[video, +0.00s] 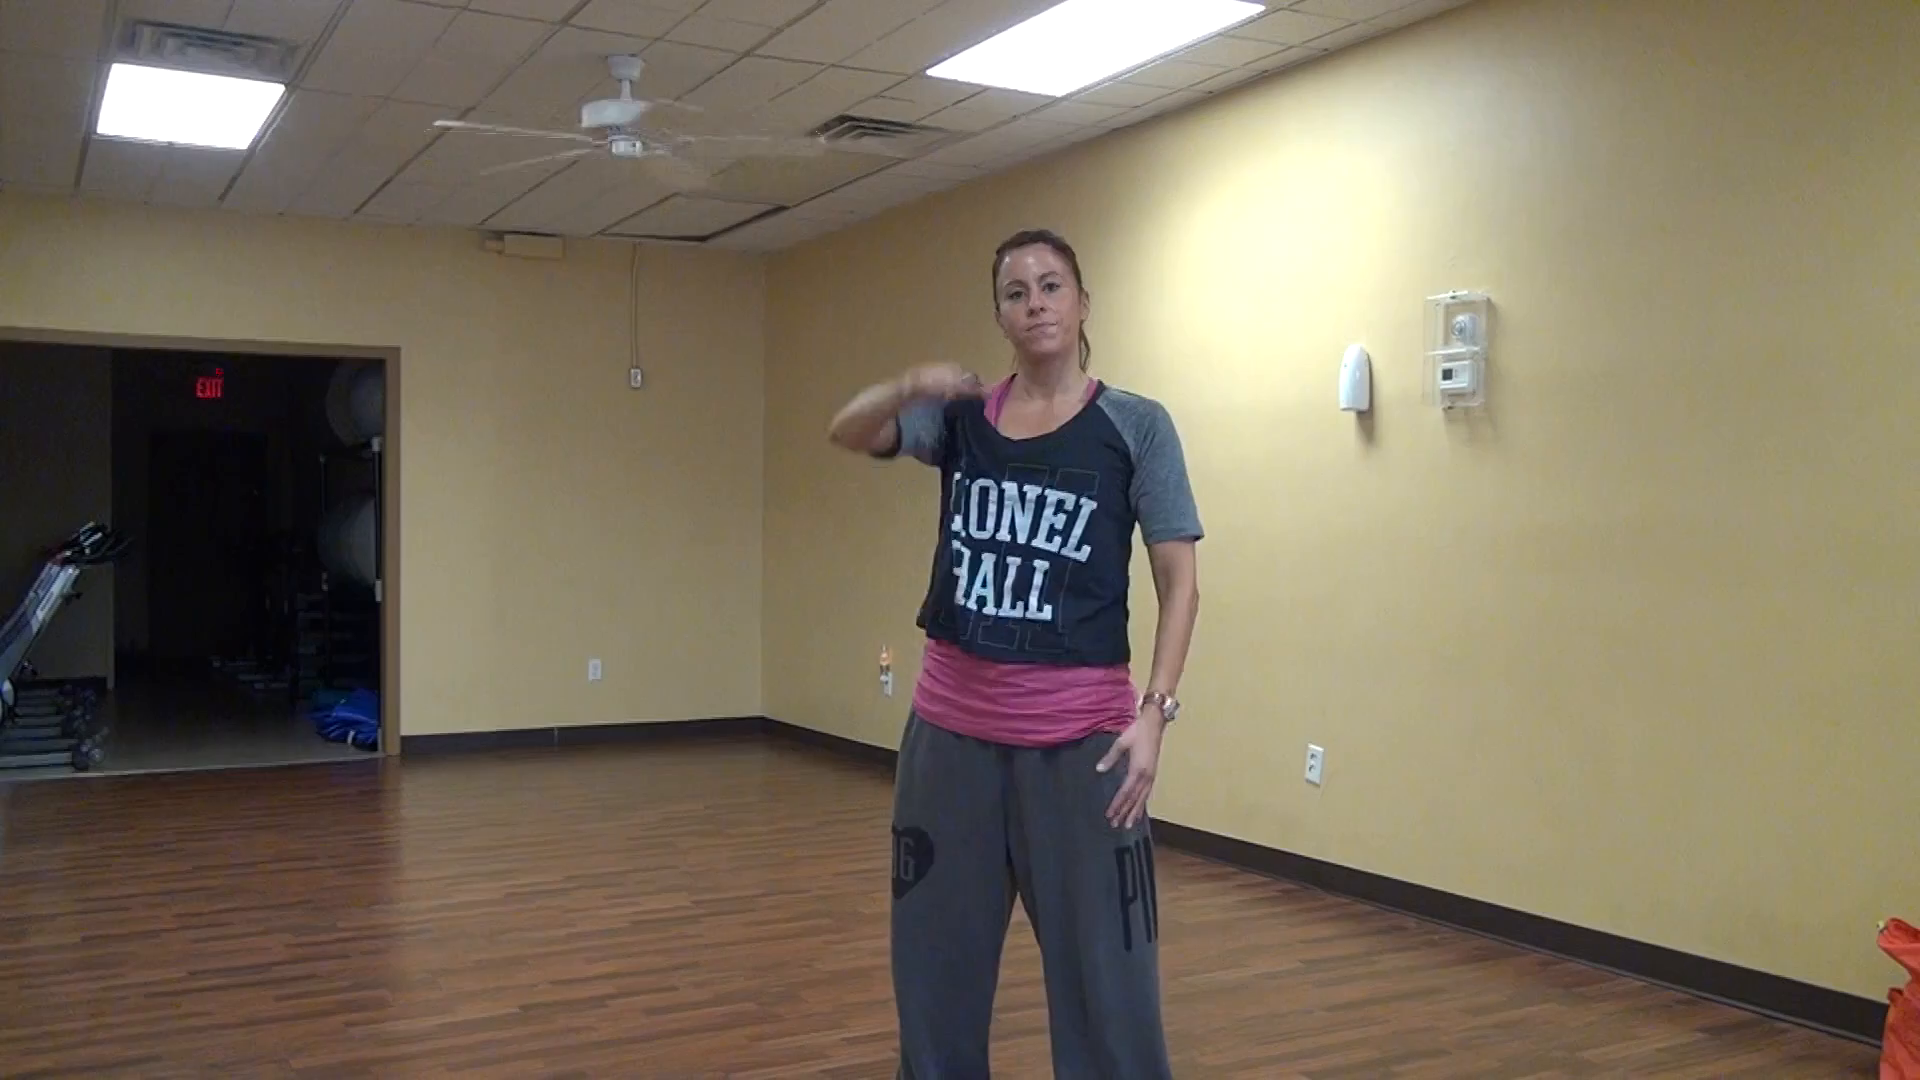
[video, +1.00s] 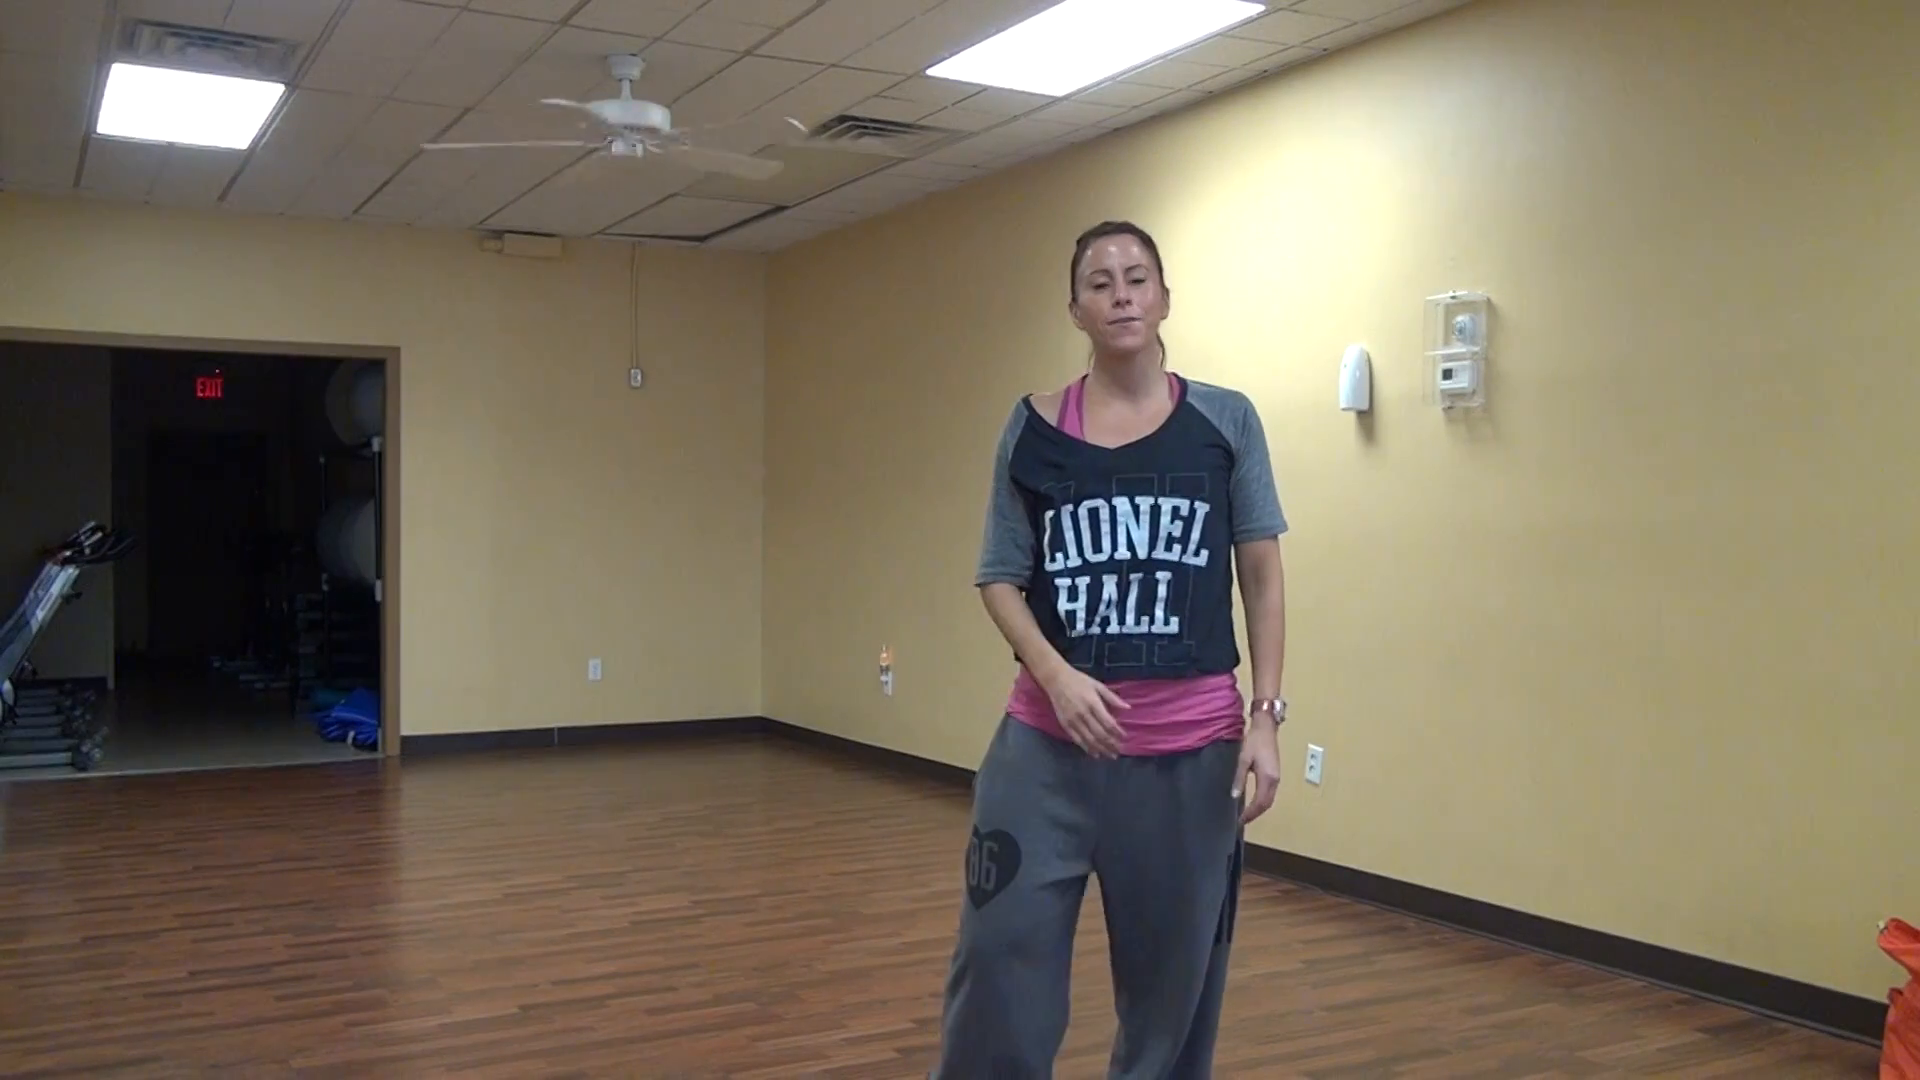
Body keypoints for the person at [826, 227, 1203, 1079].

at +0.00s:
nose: (1035, 302)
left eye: (1050, 285)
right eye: (1016, 292)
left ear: (1082, 301)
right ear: (999, 317)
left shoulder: (1135, 424)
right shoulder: (961, 414)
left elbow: (1179, 579)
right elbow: (846, 433)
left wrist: (1155, 711)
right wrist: (906, 385)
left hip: (1079, 741)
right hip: (949, 734)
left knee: (1103, 983)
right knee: (935, 972)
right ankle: (938, 1077)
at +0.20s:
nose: (1044, 291)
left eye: (1062, 278)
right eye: (1027, 281)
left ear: (1092, 302)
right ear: (1006, 307)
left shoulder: (1146, 421)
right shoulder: (957, 418)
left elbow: (1173, 573)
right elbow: (899, 568)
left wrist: (1168, 710)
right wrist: (927, 705)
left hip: (1100, 739)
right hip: (967, 735)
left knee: (1115, 979)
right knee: (946, 974)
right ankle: (944, 1074)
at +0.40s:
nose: (1060, 291)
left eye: (1077, 277)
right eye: (1040, 280)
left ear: (1103, 303)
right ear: (1015, 308)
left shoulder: (1162, 420)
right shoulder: (971, 422)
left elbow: (1196, 572)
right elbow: (927, 573)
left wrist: (1204, 711)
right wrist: (936, 714)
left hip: (1130, 738)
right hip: (993, 738)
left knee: (1139, 987)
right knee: (961, 984)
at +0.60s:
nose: (1080, 290)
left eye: (1096, 276)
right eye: (1060, 280)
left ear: (1122, 298)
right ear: (1035, 308)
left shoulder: (1185, 416)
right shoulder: (994, 423)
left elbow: (1223, 569)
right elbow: (952, 576)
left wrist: (1238, 714)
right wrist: (956, 714)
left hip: (1156, 739)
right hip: (1018, 737)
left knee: (1156, 984)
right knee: (983, 977)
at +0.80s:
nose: (1105, 294)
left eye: (1120, 277)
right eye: (1084, 282)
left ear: (1146, 294)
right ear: (1058, 308)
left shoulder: (1209, 418)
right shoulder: (1019, 423)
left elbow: (1248, 569)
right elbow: (979, 577)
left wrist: (1255, 711)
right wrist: (1014, 696)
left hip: (1176, 745)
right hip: (1041, 739)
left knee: (1166, 991)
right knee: (987, 971)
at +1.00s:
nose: (1120, 294)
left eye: (1136, 278)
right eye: (1100, 283)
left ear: (1164, 296)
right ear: (1076, 308)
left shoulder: (1227, 419)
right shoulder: (1035, 424)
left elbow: (1262, 577)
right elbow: (1000, 577)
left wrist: (1265, 716)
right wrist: (1052, 673)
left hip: (1185, 753)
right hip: (1045, 745)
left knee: (1173, 996)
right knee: (997, 966)